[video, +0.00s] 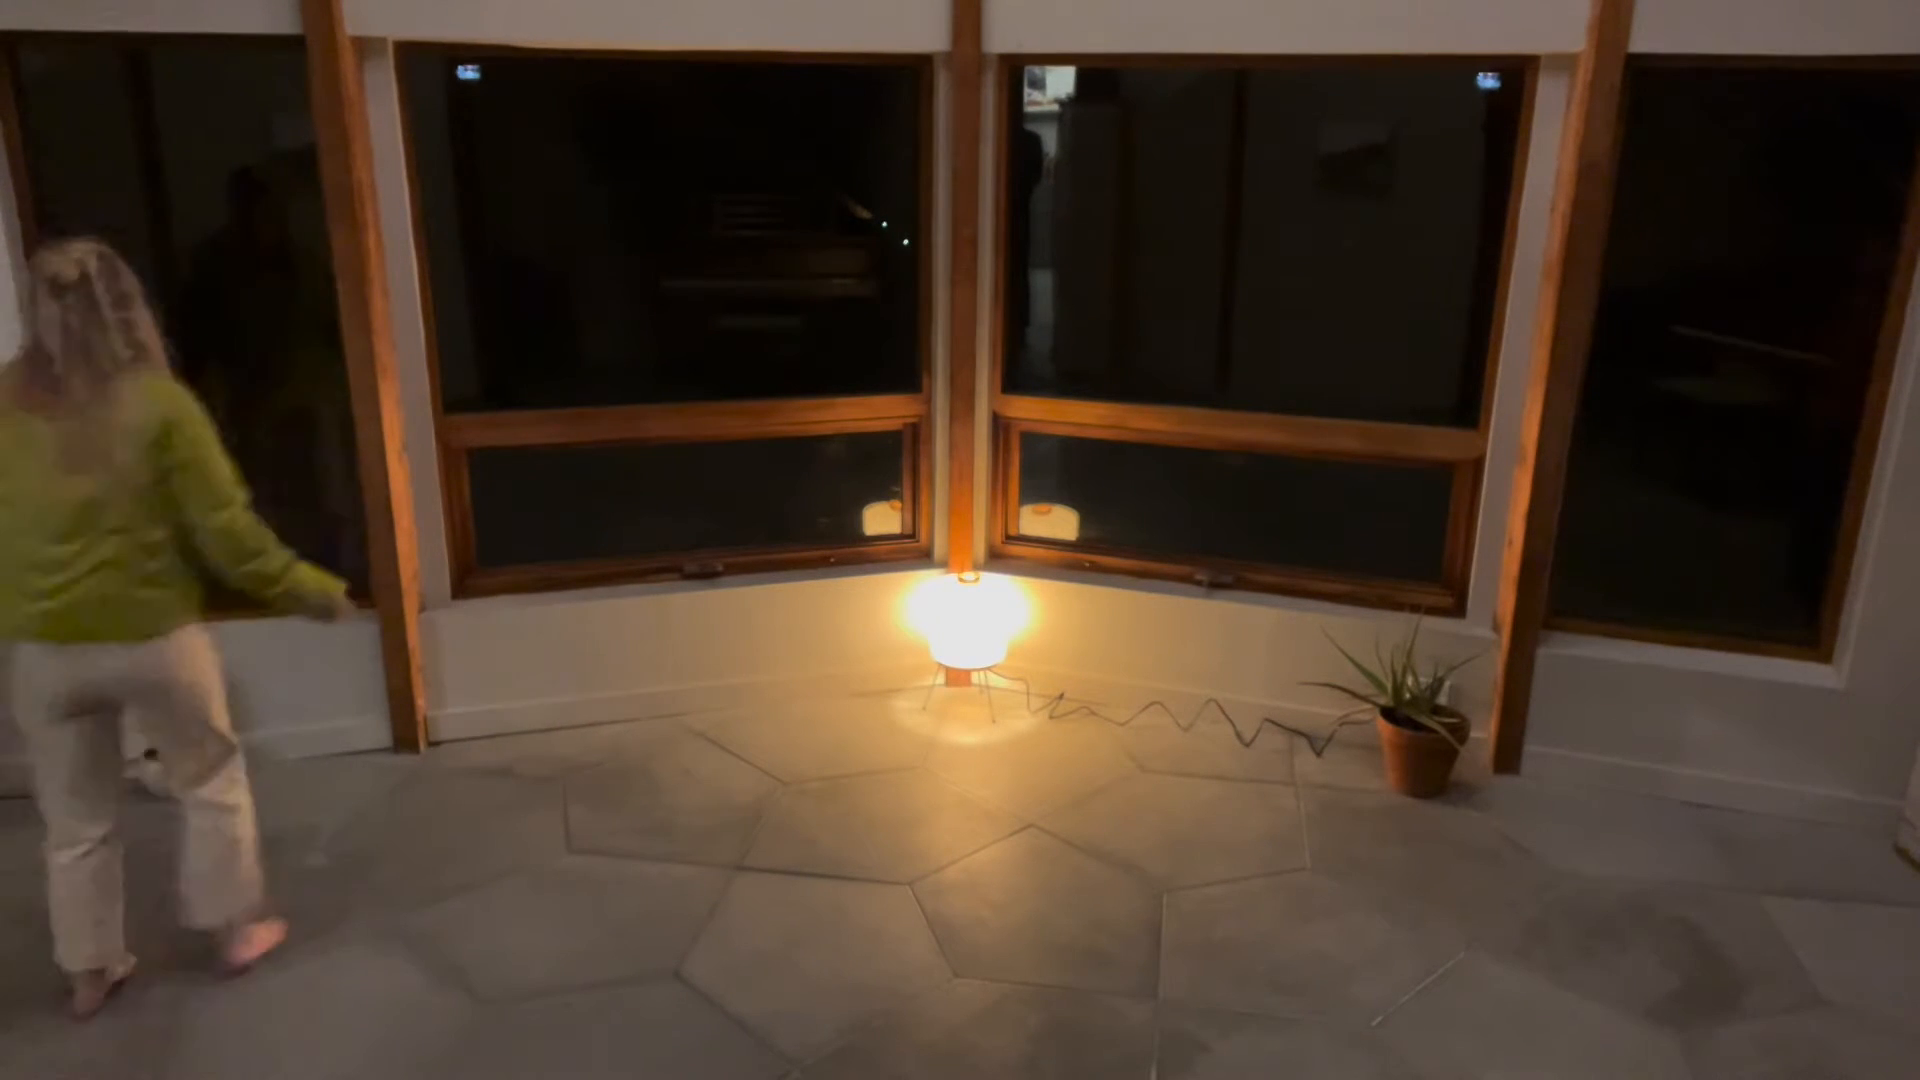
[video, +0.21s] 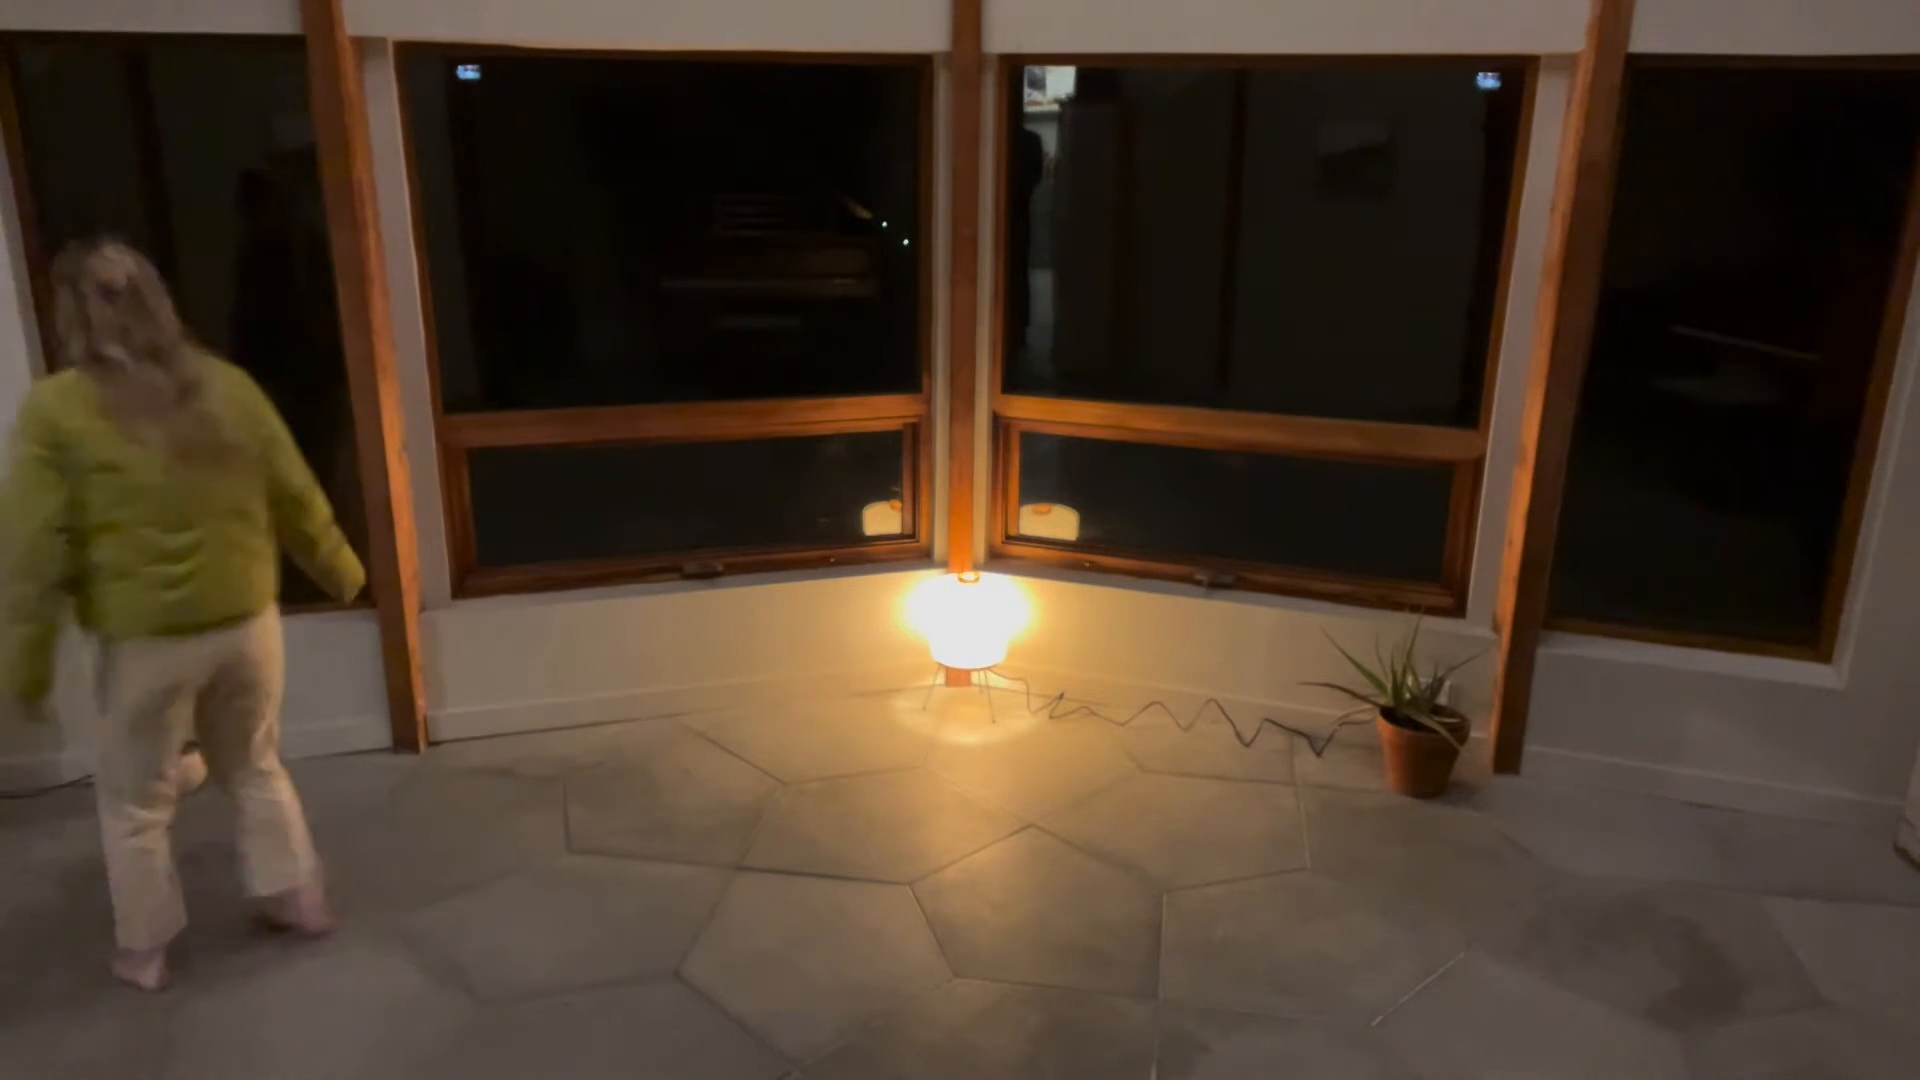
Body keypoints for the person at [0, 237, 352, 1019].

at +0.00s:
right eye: (136, 305)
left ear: (41, 319)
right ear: (129, 311)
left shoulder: (10, 407)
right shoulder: (159, 402)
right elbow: (227, 534)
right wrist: (318, 590)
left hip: (41, 654)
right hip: (154, 645)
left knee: (74, 822)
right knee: (208, 776)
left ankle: (90, 974)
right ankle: (237, 931)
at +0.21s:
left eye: (65, 309)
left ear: (71, 314)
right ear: (155, 302)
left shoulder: (54, 408)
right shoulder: (223, 383)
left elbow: (31, 554)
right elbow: (296, 493)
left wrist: (26, 674)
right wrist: (345, 573)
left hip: (147, 645)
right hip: (250, 629)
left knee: (138, 801)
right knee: (257, 763)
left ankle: (147, 954)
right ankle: (298, 901)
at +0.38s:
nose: (78, 340)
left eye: (79, 322)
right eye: (74, 323)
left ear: (109, 315)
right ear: (166, 296)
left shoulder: (133, 400)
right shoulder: (257, 367)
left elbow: (137, 546)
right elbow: (319, 477)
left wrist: (121, 672)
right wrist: (325, 564)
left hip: (231, 628)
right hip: (304, 608)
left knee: (183, 775)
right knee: (283, 766)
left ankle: (284, 894)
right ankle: (318, 900)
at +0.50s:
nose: (111, 343)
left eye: (112, 326)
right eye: (105, 329)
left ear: (146, 318)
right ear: (181, 307)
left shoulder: (190, 400)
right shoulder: (256, 369)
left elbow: (213, 548)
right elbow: (308, 496)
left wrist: (201, 672)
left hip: (278, 616)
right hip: (324, 601)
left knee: (268, 772)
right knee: (298, 758)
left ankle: (337, 904)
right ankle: (357, 865)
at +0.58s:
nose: (143, 355)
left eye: (146, 338)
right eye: (136, 341)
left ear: (181, 323)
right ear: (204, 314)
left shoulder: (229, 392)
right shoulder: (257, 376)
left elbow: (255, 536)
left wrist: (242, 667)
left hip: (313, 611)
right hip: (338, 599)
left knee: (292, 758)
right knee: (313, 746)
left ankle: (340, 906)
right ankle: (378, 852)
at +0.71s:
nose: (193, 353)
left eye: (198, 335)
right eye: (186, 339)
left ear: (235, 327)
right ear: (206, 336)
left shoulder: (306, 389)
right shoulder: (234, 403)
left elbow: (349, 521)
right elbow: (257, 510)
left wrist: (332, 644)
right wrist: (270, 588)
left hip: (372, 598)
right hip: (308, 601)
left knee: (358, 748)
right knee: (307, 754)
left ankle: (435, 856)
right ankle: (372, 862)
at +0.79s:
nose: (247, 339)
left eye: (263, 324)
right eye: (236, 324)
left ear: (307, 320)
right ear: (221, 327)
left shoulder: (353, 390)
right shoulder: (242, 407)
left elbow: (403, 512)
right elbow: (235, 497)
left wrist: (409, 635)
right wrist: (202, 553)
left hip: (395, 600)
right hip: (315, 606)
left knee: (416, 748)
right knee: (312, 754)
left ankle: (457, 859)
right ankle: (376, 847)